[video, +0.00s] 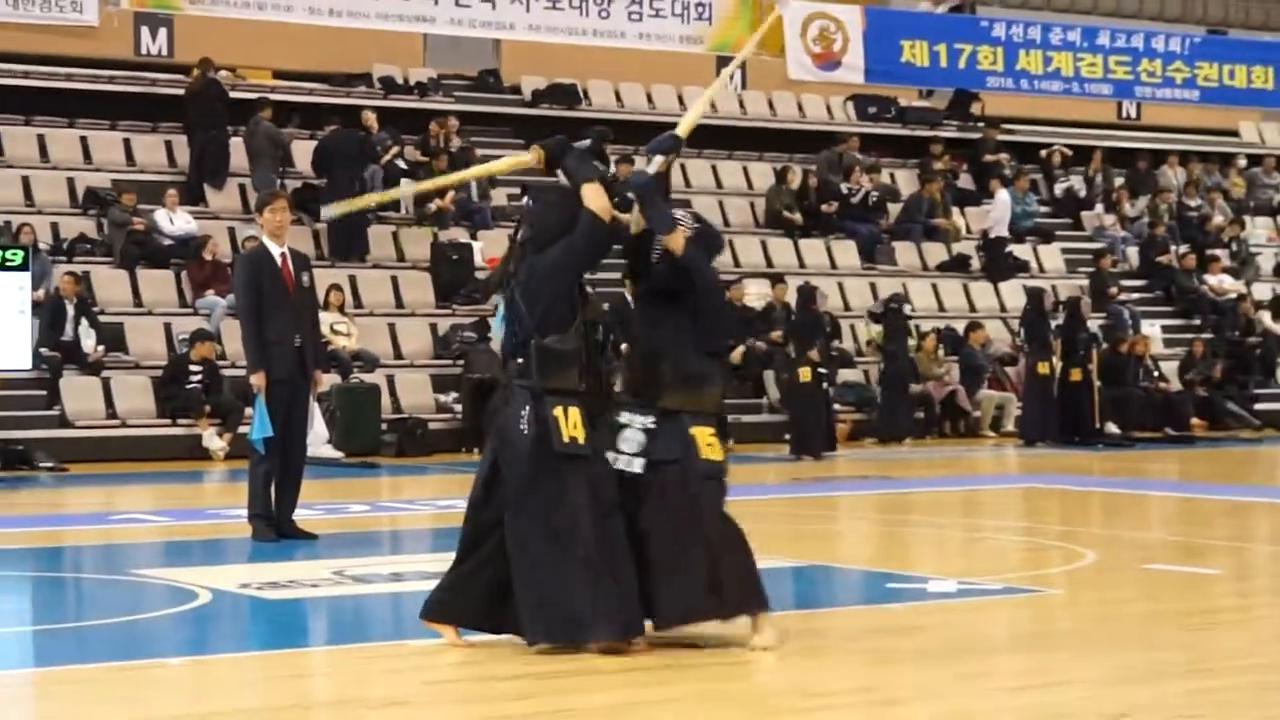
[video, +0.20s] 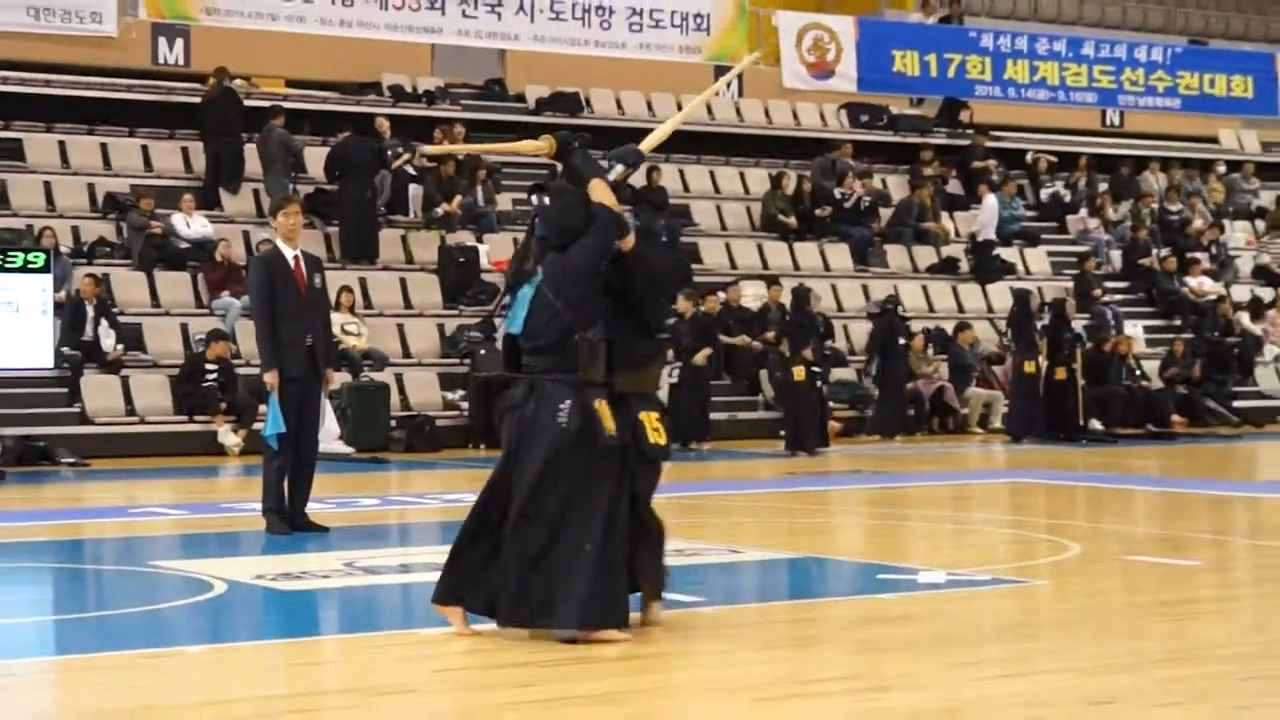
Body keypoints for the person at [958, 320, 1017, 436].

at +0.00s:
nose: (985, 335)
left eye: (984, 331)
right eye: (981, 331)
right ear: (971, 334)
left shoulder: (980, 351)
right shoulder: (967, 352)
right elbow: (982, 367)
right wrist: (990, 366)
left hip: (984, 389)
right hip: (971, 391)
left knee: (1010, 398)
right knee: (991, 397)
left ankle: (1007, 426)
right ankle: (984, 428)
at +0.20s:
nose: (973, 335)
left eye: (972, 332)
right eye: (970, 332)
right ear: (960, 334)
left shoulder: (969, 350)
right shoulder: (955, 350)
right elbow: (968, 364)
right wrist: (977, 365)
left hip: (973, 387)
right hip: (959, 388)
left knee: (998, 396)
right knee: (978, 394)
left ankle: (994, 423)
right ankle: (972, 425)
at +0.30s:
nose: (962, 336)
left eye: (962, 333)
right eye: (959, 333)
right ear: (949, 335)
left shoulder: (958, 351)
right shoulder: (946, 351)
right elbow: (958, 365)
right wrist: (966, 367)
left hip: (963, 386)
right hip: (950, 388)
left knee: (986, 395)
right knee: (968, 393)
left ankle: (983, 422)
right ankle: (961, 423)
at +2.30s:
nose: (959, 336)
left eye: (959, 334)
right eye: (957, 334)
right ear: (947, 335)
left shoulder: (956, 351)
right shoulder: (942, 350)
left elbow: (968, 362)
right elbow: (953, 364)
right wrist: (965, 366)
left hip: (959, 386)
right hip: (946, 387)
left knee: (982, 394)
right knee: (965, 392)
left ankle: (979, 420)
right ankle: (958, 421)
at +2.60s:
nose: (960, 336)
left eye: (960, 333)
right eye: (958, 333)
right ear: (948, 335)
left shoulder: (957, 351)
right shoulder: (944, 350)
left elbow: (969, 362)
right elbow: (953, 363)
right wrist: (966, 366)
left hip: (961, 385)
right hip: (948, 387)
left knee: (984, 393)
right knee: (966, 392)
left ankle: (980, 419)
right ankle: (959, 421)